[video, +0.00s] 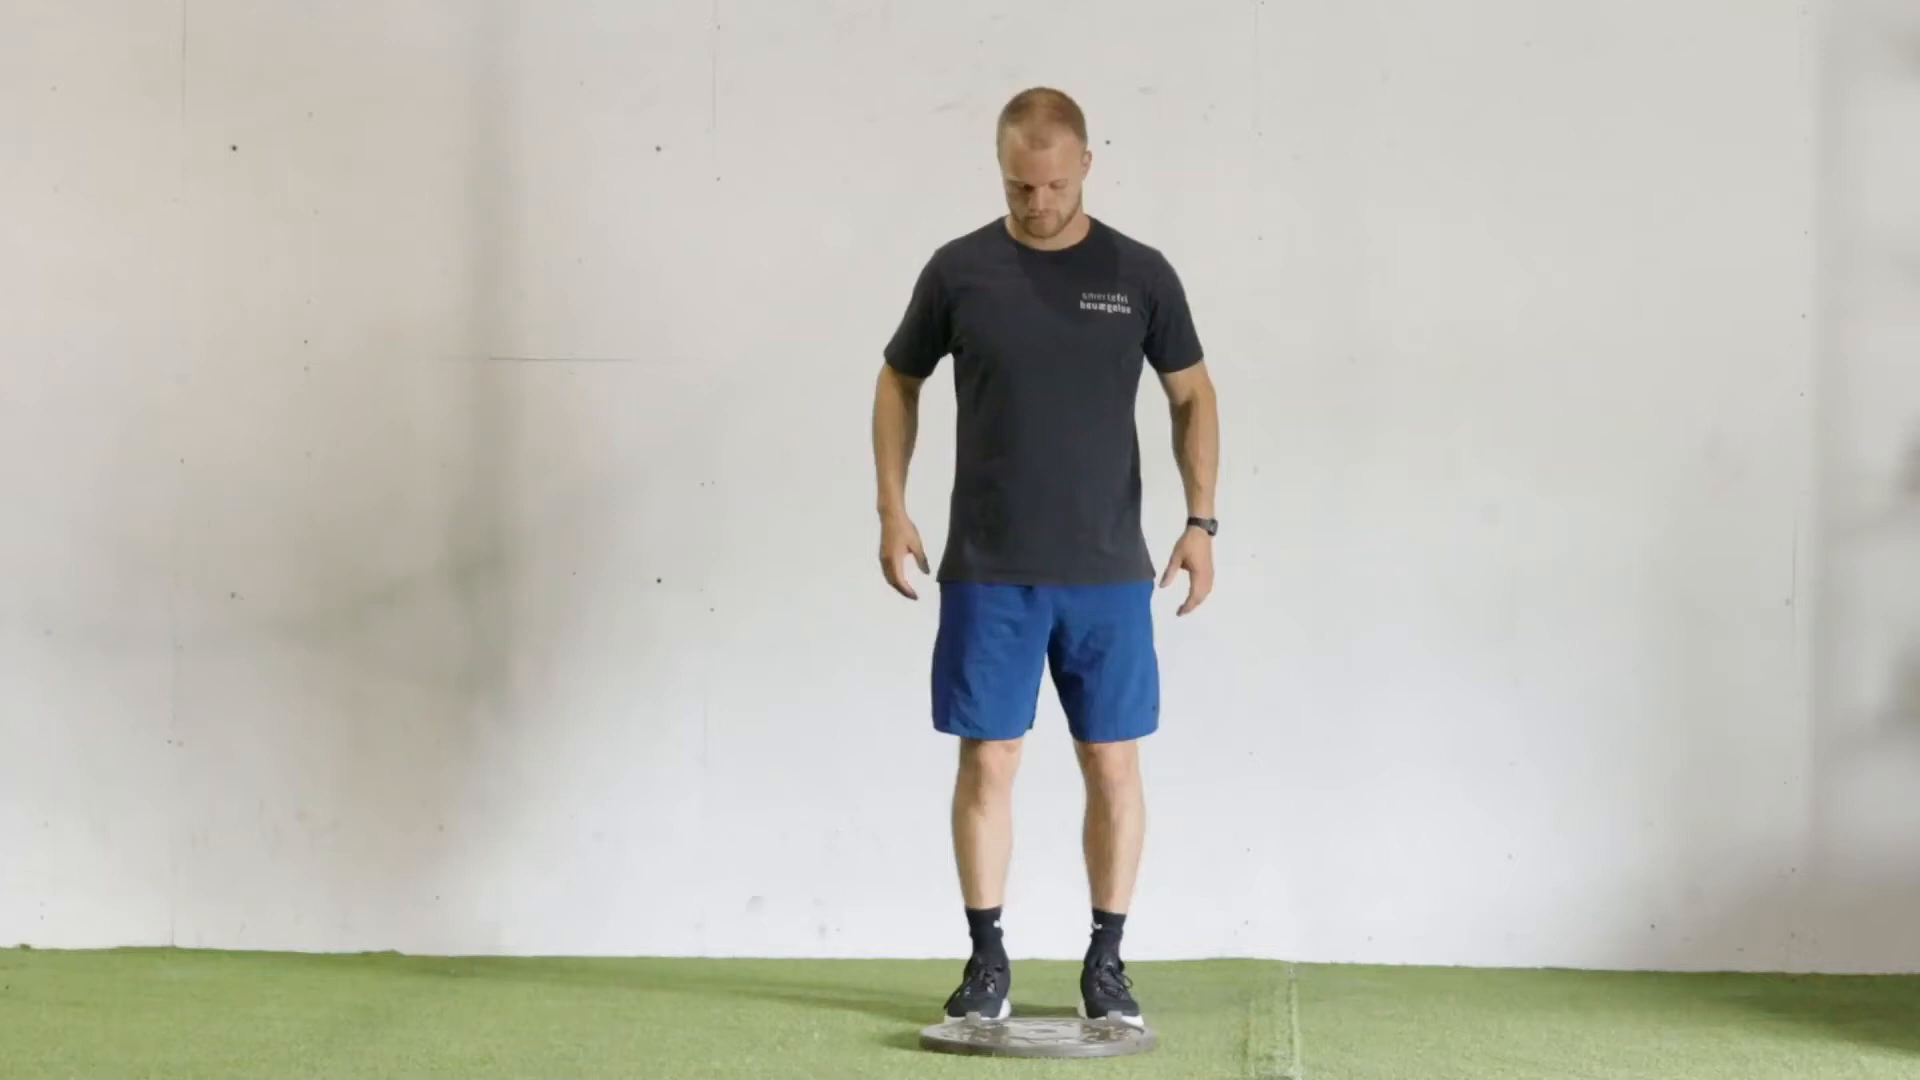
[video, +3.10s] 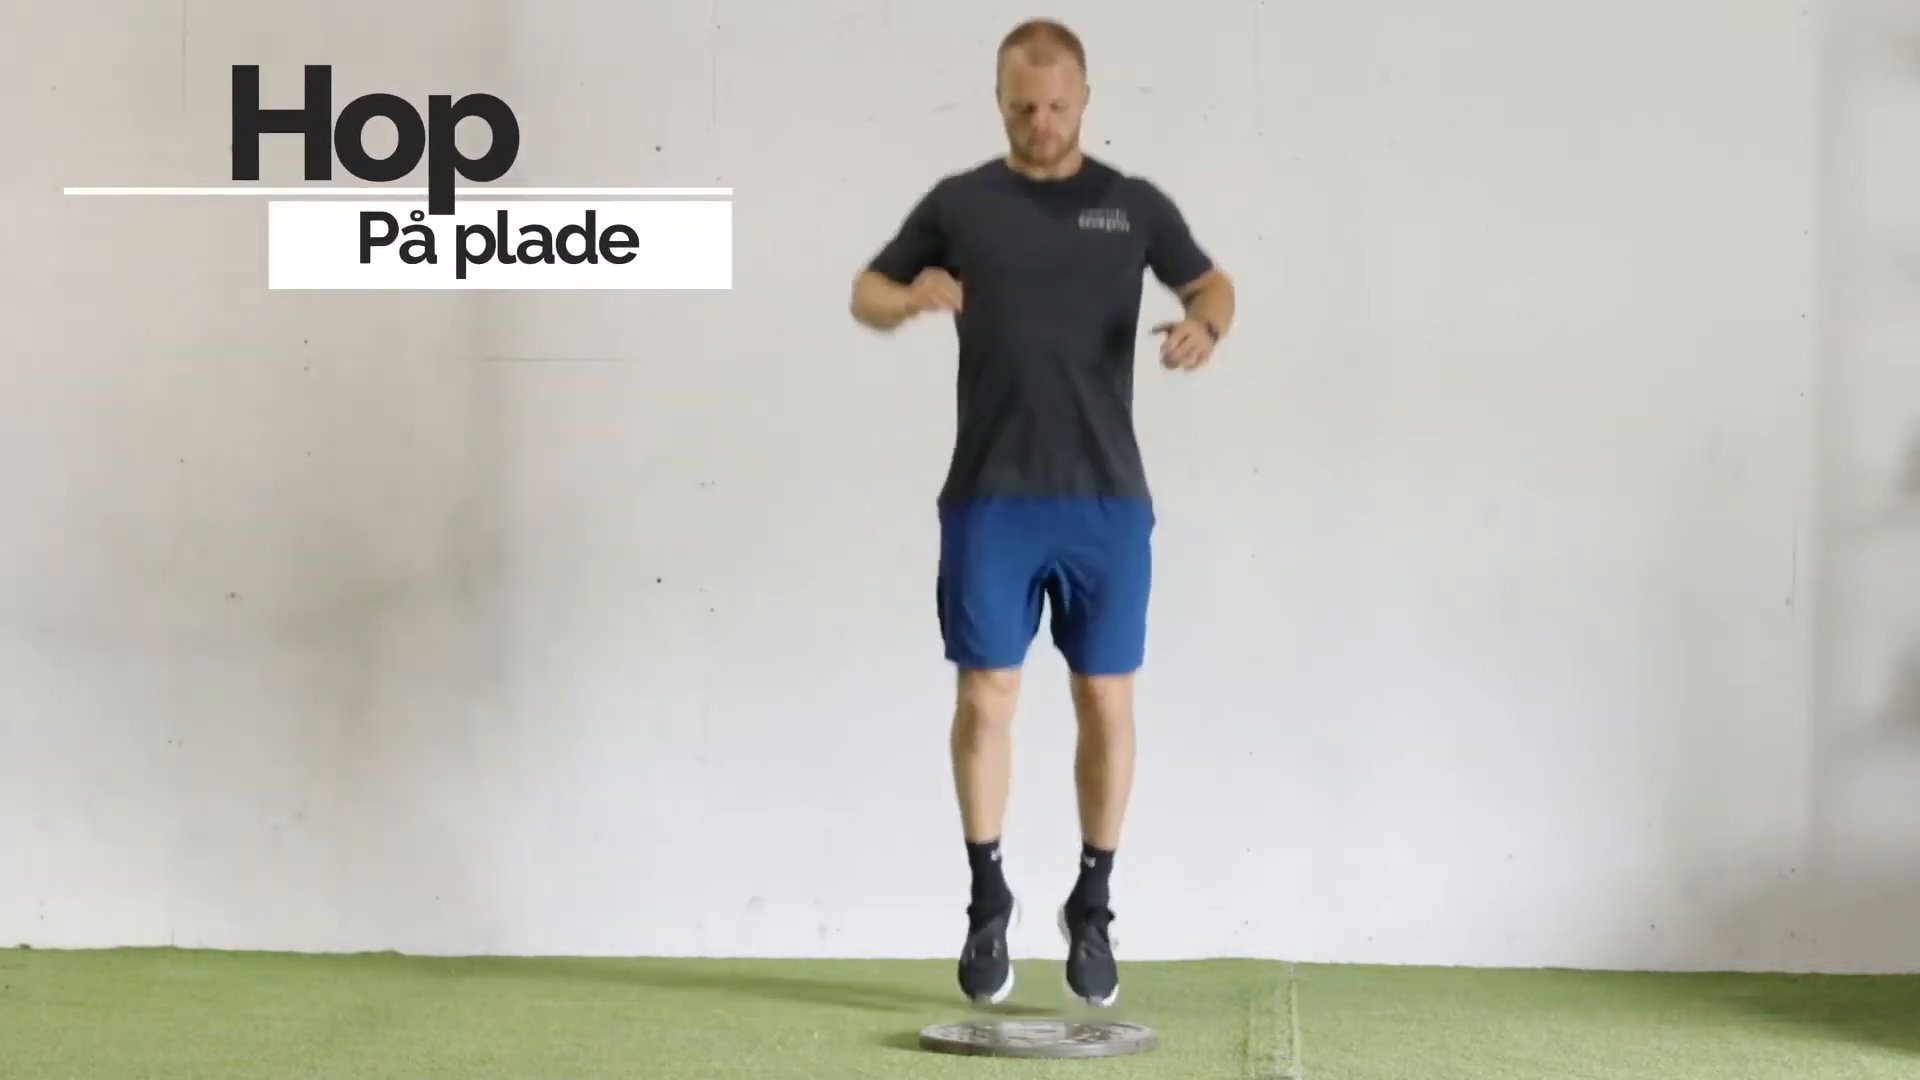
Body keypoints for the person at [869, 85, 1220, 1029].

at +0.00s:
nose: (1036, 200)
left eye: (1052, 183)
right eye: (1021, 184)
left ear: (1086, 166)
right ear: (1001, 171)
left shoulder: (1140, 274)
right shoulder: (957, 271)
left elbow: (1193, 395)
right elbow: (899, 379)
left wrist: (1200, 521)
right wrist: (892, 509)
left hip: (1108, 567)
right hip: (990, 567)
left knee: (1113, 765)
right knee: (988, 761)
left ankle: (1106, 968)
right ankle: (986, 969)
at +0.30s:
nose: (1037, 218)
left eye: (1051, 199)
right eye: (1019, 202)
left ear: (1078, 184)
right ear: (995, 192)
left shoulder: (1132, 291)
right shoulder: (954, 291)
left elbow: (1216, 386)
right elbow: (876, 395)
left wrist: (1202, 442)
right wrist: (895, 440)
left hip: (1101, 582)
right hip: (988, 582)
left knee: (1108, 783)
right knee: (984, 781)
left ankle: (1104, 967)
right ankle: (988, 966)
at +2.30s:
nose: (1040, 107)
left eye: (1056, 90)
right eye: (1023, 91)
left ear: (1085, 82)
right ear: (1001, 84)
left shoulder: (1135, 182)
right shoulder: (958, 184)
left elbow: (1215, 257)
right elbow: (879, 263)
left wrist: (1211, 311)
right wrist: (888, 312)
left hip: (1110, 475)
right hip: (997, 475)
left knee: (1105, 693)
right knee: (1003, 689)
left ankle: (1088, 904)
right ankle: (1007, 902)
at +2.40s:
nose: (1039, 126)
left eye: (1055, 109)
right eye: (1022, 109)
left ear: (1085, 101)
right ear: (1000, 103)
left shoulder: (1134, 202)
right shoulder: (957, 206)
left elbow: (1206, 281)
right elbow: (887, 294)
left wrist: (1211, 340)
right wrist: (890, 369)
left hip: (1111, 493)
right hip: (1000, 493)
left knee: (1102, 711)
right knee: (1008, 711)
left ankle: (1083, 929)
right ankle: (1015, 927)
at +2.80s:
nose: (1034, 143)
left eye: (1051, 126)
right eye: (1017, 127)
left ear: (1081, 118)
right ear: (994, 122)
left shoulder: (1133, 223)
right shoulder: (950, 229)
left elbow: (1191, 319)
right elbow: (898, 336)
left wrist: (1177, 421)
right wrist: (909, 452)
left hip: (1111, 515)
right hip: (994, 516)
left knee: (1103, 722)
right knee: (999, 723)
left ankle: (1086, 918)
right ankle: (1000, 918)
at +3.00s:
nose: (1033, 203)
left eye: (1049, 185)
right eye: (1015, 187)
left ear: (1078, 180)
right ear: (993, 187)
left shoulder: (1132, 292)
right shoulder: (954, 297)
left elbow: (1196, 393)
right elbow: (892, 410)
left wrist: (1183, 442)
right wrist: (926, 437)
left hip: (1100, 580)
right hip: (992, 581)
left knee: (1097, 782)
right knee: (992, 780)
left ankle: (1080, 950)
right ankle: (997, 948)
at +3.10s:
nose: (1040, 122)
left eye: (1055, 106)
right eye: (1023, 107)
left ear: (1084, 100)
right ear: (1001, 105)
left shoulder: (1133, 205)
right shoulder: (960, 202)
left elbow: (1212, 285)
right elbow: (867, 296)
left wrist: (1204, 325)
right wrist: (907, 297)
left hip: (1106, 491)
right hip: (992, 490)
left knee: (1105, 703)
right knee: (986, 698)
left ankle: (1094, 905)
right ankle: (987, 900)